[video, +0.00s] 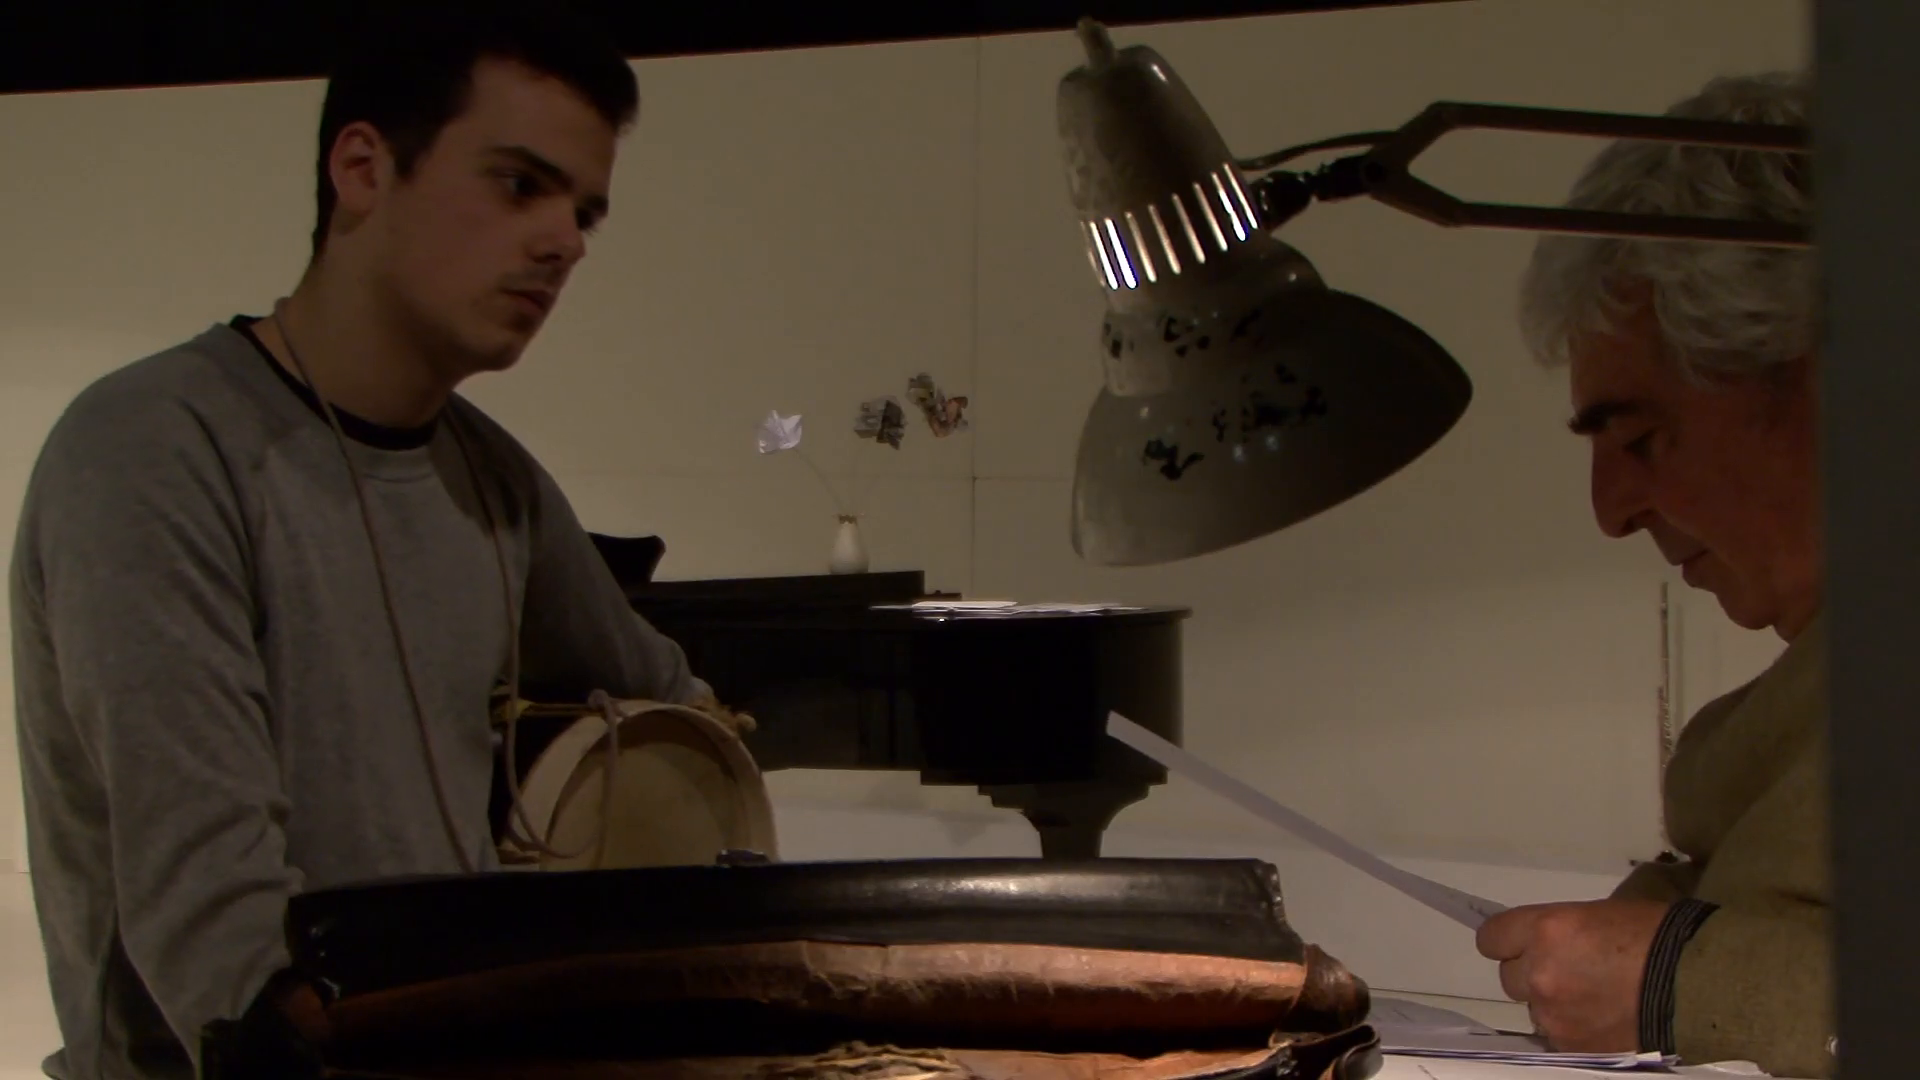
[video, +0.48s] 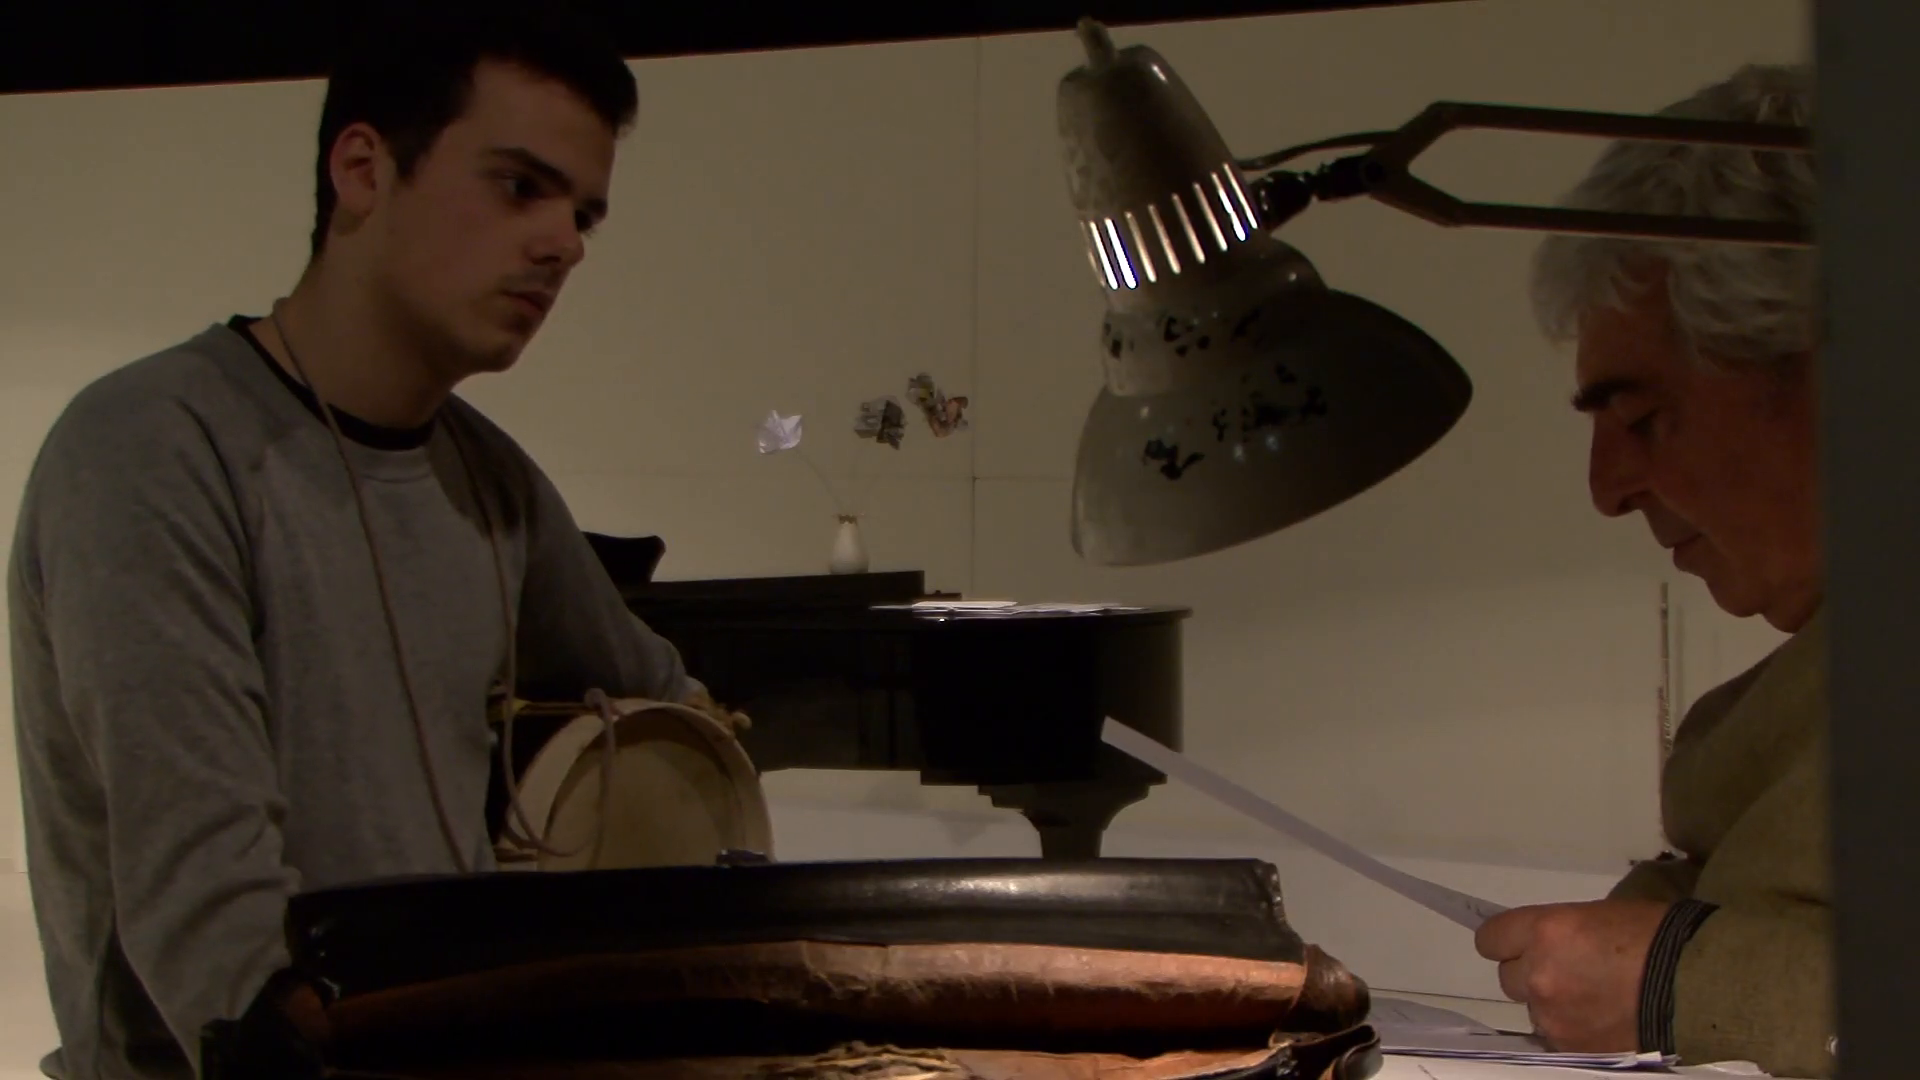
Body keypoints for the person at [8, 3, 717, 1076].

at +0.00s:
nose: (564, 244)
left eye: (582, 214)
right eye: (519, 184)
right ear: (361, 169)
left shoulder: (502, 485)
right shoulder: (142, 451)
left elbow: (674, 720)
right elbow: (212, 919)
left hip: (489, 1040)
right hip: (199, 1063)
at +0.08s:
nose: (565, 245)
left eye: (584, 215)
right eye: (521, 184)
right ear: (362, 172)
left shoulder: (501, 485)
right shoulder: (142, 451)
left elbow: (675, 723)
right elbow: (212, 922)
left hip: (488, 1039)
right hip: (197, 1063)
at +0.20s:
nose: (566, 245)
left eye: (584, 215)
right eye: (521, 185)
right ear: (362, 169)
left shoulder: (500, 485)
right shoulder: (142, 450)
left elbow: (673, 723)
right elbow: (214, 924)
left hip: (487, 1041)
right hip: (196, 1063)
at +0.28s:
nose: (566, 245)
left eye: (584, 216)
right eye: (521, 185)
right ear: (363, 170)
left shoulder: (501, 487)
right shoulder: (142, 451)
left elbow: (672, 724)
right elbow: (211, 917)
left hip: (485, 1040)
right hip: (193, 1063)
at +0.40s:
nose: (566, 247)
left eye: (585, 217)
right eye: (521, 185)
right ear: (363, 172)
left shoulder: (500, 486)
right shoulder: (141, 449)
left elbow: (666, 715)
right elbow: (207, 913)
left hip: (475, 1039)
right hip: (192, 1061)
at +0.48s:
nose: (564, 246)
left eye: (583, 216)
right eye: (519, 185)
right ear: (362, 172)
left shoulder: (501, 488)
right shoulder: (140, 449)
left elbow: (669, 720)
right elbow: (204, 908)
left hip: (476, 1038)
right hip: (192, 1060)